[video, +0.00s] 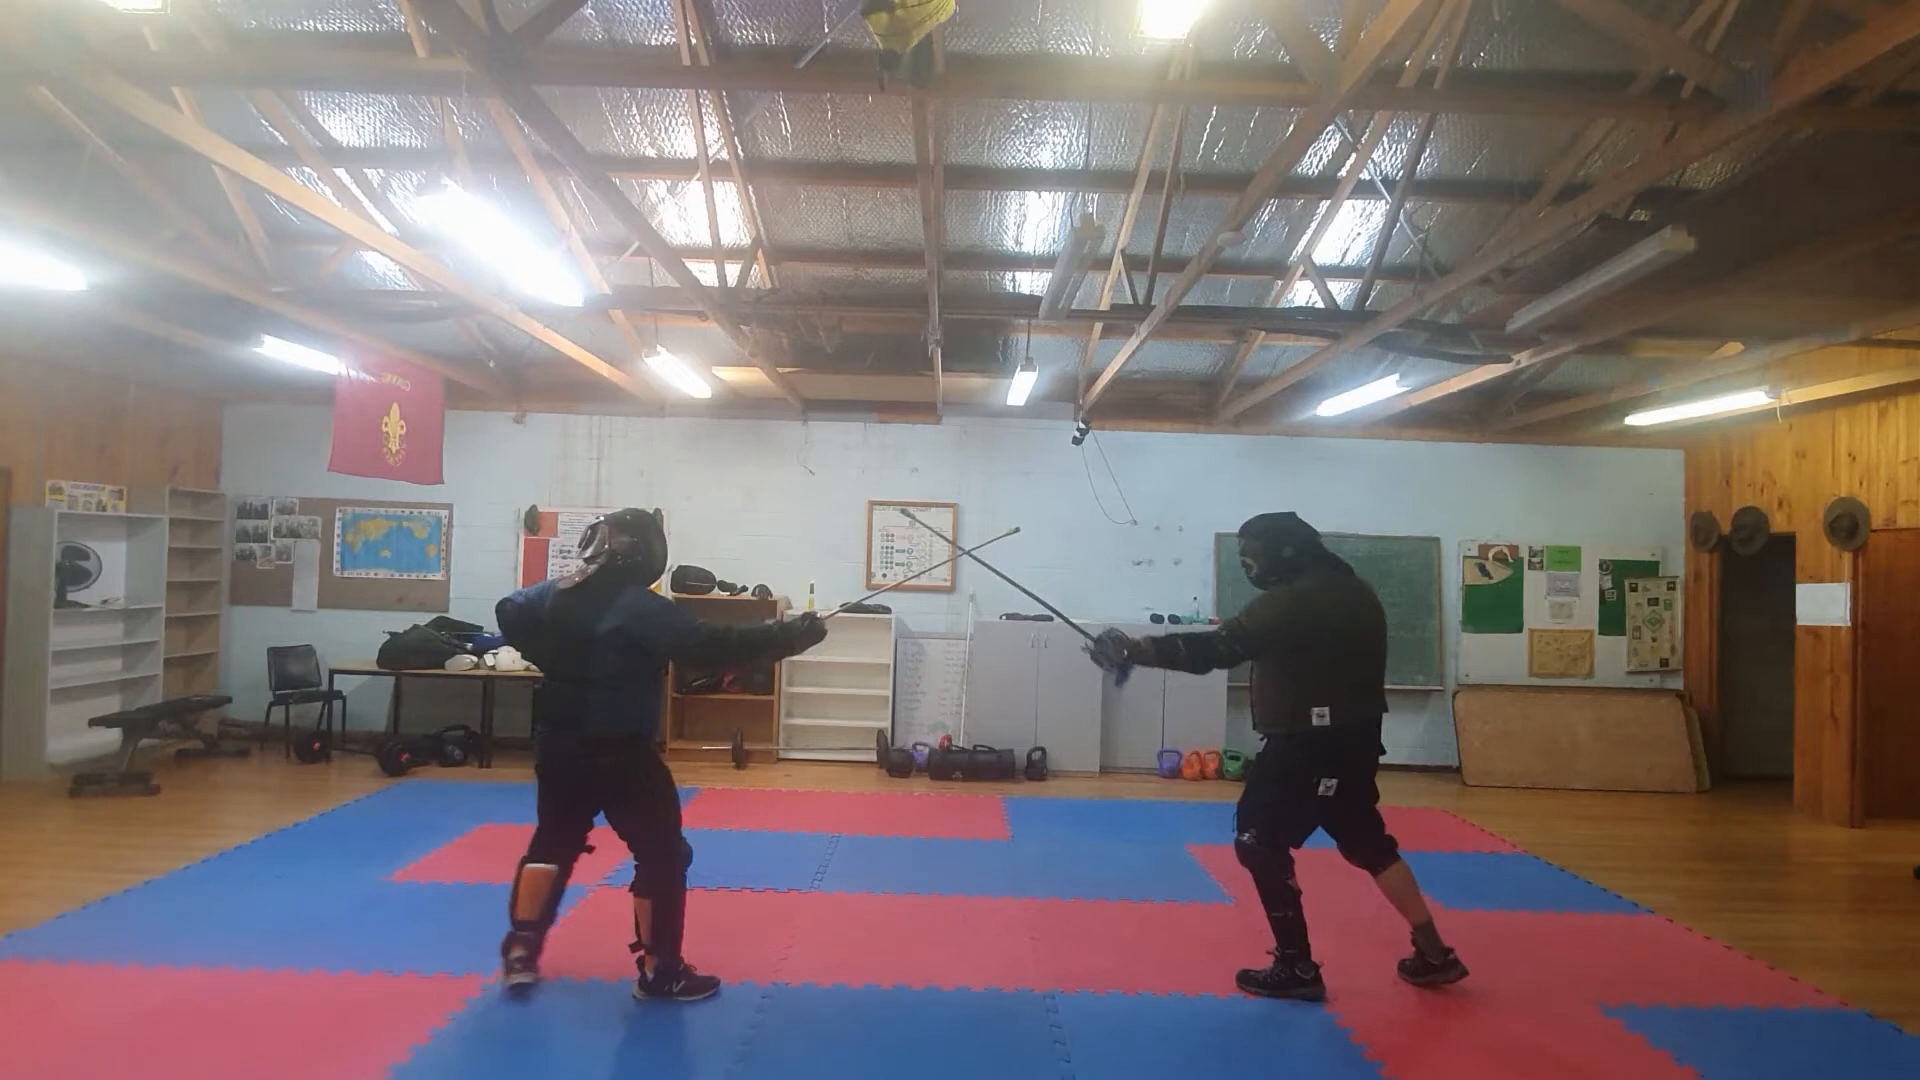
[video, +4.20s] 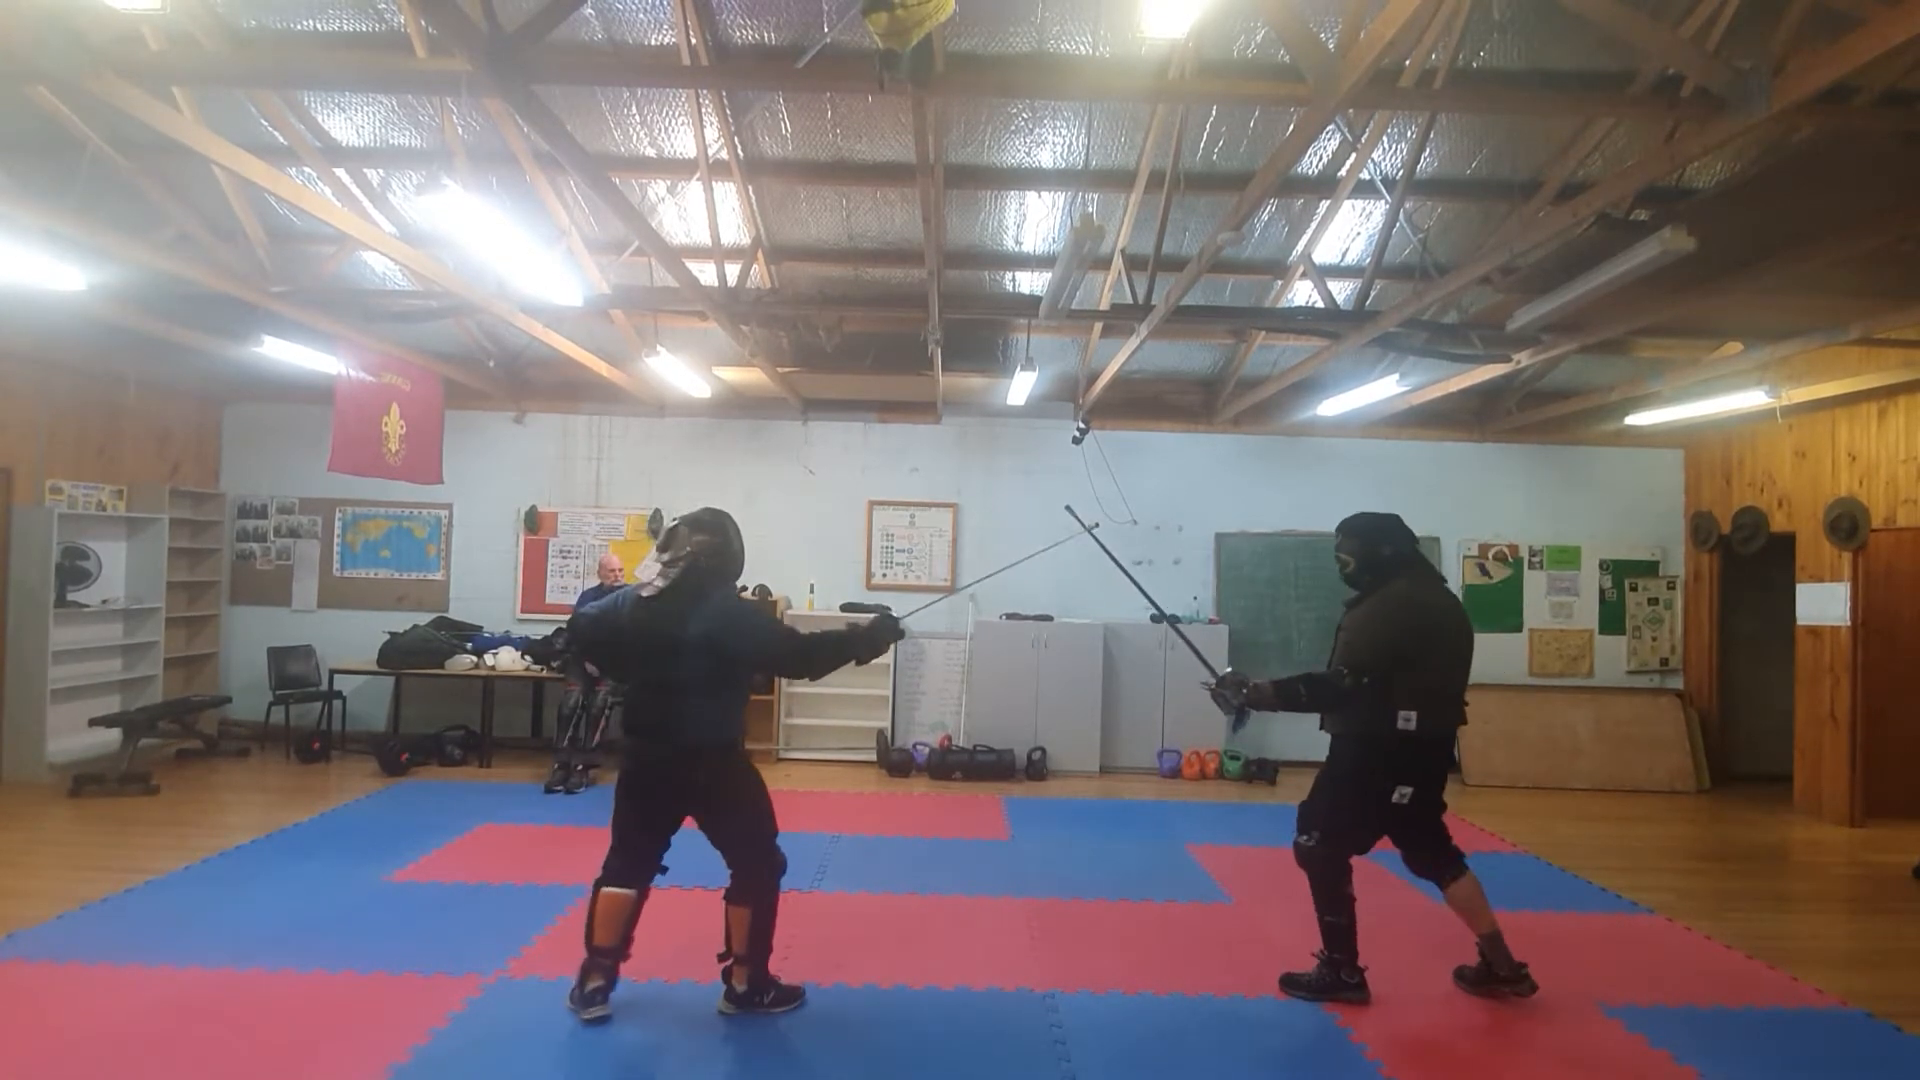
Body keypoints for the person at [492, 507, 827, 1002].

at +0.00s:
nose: (659, 566)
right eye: (657, 558)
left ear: (599, 549)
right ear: (649, 559)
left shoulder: (558, 602)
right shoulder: (645, 609)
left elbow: (508, 610)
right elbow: (714, 643)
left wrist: (549, 655)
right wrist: (797, 632)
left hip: (559, 757)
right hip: (625, 758)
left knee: (554, 840)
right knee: (662, 852)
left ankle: (520, 954)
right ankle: (661, 969)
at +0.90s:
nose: (697, 560)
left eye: (695, 551)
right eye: (694, 550)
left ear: (635, 548)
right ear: (682, 550)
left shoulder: (597, 602)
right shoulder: (674, 601)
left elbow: (549, 619)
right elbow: (708, 662)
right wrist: (782, 660)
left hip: (609, 762)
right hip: (675, 762)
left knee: (583, 855)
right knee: (714, 858)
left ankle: (540, 962)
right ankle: (720, 973)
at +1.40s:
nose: (739, 575)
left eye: (735, 565)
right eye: (736, 565)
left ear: (680, 563)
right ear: (724, 567)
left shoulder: (648, 617)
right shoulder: (709, 620)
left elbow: (610, 637)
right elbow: (718, 694)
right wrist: (797, 697)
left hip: (650, 777)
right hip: (712, 779)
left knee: (611, 869)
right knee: (765, 868)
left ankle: (548, 967)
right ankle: (781, 983)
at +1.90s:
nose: (744, 572)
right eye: (741, 563)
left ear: (679, 558)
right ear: (732, 563)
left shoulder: (648, 612)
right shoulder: (730, 618)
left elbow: (605, 629)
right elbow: (766, 701)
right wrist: (826, 680)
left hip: (650, 773)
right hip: (719, 776)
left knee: (618, 865)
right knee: (760, 871)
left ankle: (557, 971)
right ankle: (781, 982)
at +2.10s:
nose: (701, 572)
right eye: (698, 562)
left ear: (637, 560)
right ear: (687, 564)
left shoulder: (598, 615)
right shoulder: (677, 620)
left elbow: (549, 645)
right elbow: (696, 703)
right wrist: (774, 695)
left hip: (605, 780)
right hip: (668, 782)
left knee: (588, 874)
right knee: (718, 877)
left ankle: (546, 983)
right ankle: (770, 978)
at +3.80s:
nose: (692, 565)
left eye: (618, 551)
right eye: (688, 554)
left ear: (624, 555)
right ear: (682, 557)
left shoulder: (593, 612)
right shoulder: (685, 617)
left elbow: (539, 628)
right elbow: (750, 653)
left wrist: (592, 594)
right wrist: (829, 636)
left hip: (599, 773)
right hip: (668, 774)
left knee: (584, 868)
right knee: (704, 872)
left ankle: (544, 985)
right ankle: (739, 983)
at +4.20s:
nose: (735, 570)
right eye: (734, 560)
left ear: (670, 555)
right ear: (729, 562)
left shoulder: (637, 612)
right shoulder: (736, 619)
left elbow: (584, 627)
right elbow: (801, 654)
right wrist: (870, 637)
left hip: (646, 769)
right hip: (719, 770)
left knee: (627, 862)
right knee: (757, 862)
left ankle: (594, 981)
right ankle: (745, 983)